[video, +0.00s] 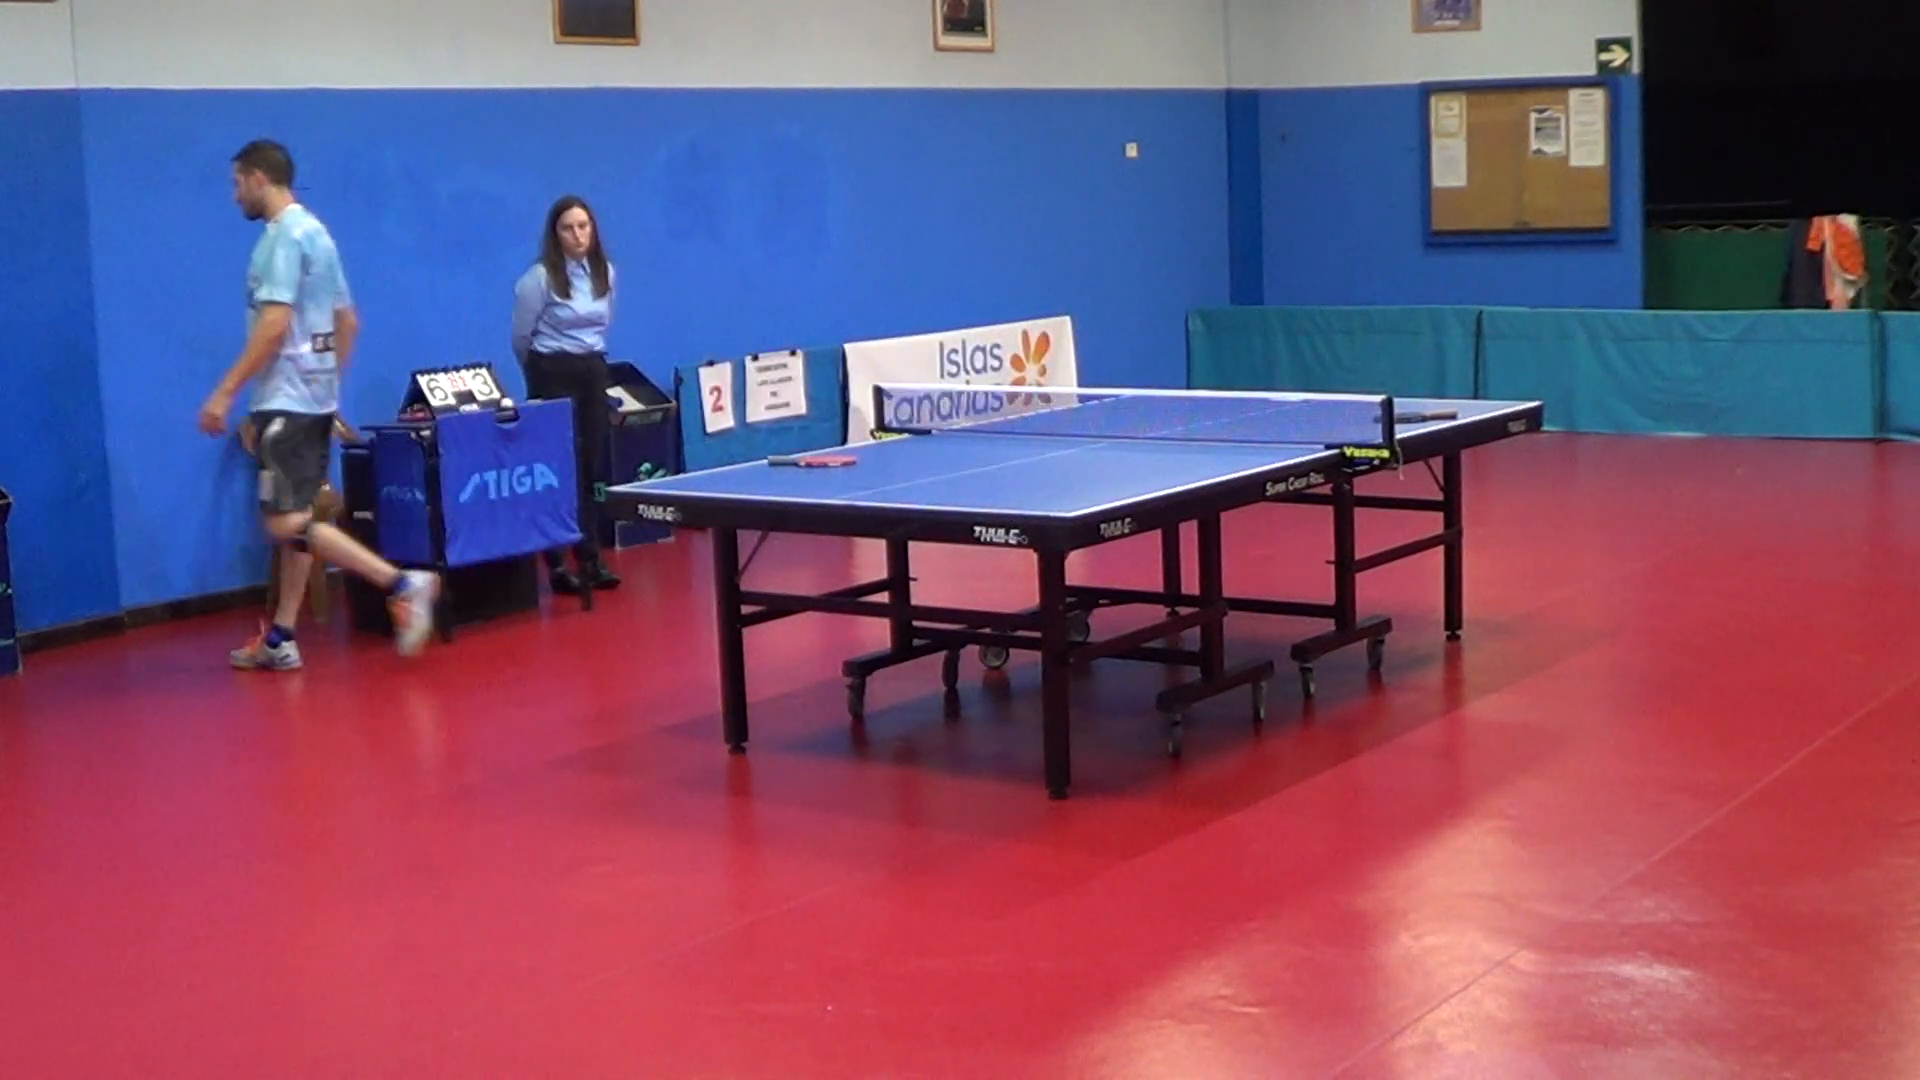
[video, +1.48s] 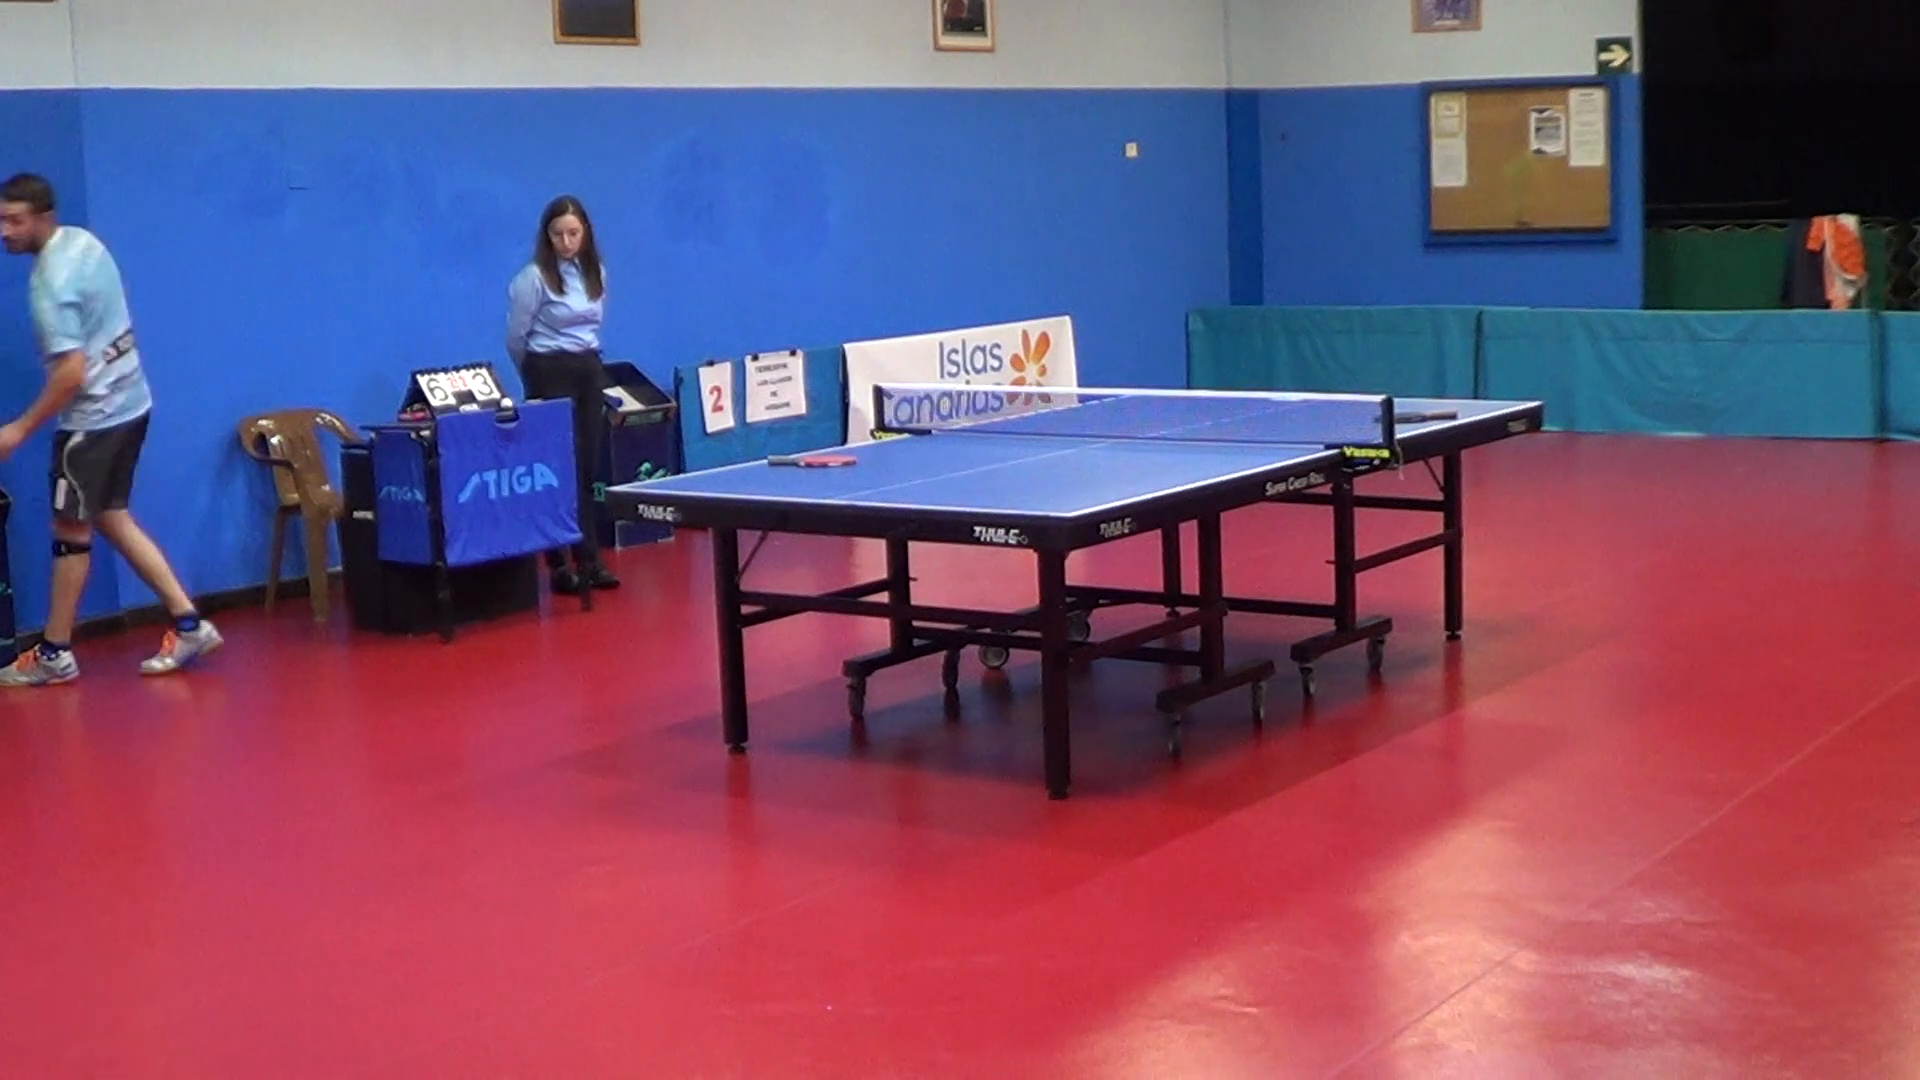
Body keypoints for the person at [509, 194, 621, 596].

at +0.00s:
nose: (578, 234)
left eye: (583, 225)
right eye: (569, 228)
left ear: (593, 229)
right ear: (556, 234)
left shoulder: (606, 271)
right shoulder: (538, 279)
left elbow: (605, 322)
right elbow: (520, 334)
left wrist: (587, 352)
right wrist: (533, 363)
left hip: (593, 367)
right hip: (551, 369)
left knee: (592, 460)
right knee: (557, 462)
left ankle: (591, 556)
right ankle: (558, 563)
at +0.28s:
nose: (579, 234)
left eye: (585, 226)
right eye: (570, 228)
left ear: (594, 231)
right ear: (556, 235)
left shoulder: (601, 273)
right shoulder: (540, 279)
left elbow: (600, 325)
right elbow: (521, 335)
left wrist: (581, 355)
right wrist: (530, 366)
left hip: (592, 367)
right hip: (551, 369)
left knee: (590, 462)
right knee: (557, 464)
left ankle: (590, 557)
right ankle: (560, 564)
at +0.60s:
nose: (577, 236)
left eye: (583, 228)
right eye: (569, 230)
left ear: (593, 232)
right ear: (555, 235)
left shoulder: (599, 273)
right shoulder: (538, 278)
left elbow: (598, 324)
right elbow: (520, 333)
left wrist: (580, 354)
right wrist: (528, 366)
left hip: (590, 367)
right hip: (550, 369)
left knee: (589, 462)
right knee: (558, 464)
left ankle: (590, 556)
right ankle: (560, 564)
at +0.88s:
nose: (572, 241)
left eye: (579, 234)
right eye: (565, 234)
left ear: (591, 237)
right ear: (553, 236)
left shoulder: (596, 274)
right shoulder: (535, 278)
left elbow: (596, 324)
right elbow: (518, 334)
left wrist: (577, 354)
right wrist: (530, 368)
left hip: (590, 366)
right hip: (549, 369)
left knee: (589, 462)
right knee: (557, 464)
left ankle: (591, 556)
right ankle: (560, 564)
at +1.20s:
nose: (569, 243)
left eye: (576, 235)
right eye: (561, 235)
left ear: (587, 236)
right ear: (549, 237)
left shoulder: (595, 272)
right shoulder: (532, 279)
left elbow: (595, 322)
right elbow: (516, 335)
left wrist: (576, 354)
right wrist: (529, 368)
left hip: (589, 366)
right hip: (549, 369)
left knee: (587, 463)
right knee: (556, 464)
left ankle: (589, 557)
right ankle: (561, 564)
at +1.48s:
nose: (568, 241)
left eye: (574, 233)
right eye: (560, 234)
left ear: (586, 235)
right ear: (548, 237)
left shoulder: (594, 272)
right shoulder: (531, 279)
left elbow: (594, 322)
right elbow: (515, 335)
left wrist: (576, 353)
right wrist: (530, 369)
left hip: (589, 366)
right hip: (549, 368)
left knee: (587, 463)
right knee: (557, 464)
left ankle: (590, 558)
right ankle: (560, 564)